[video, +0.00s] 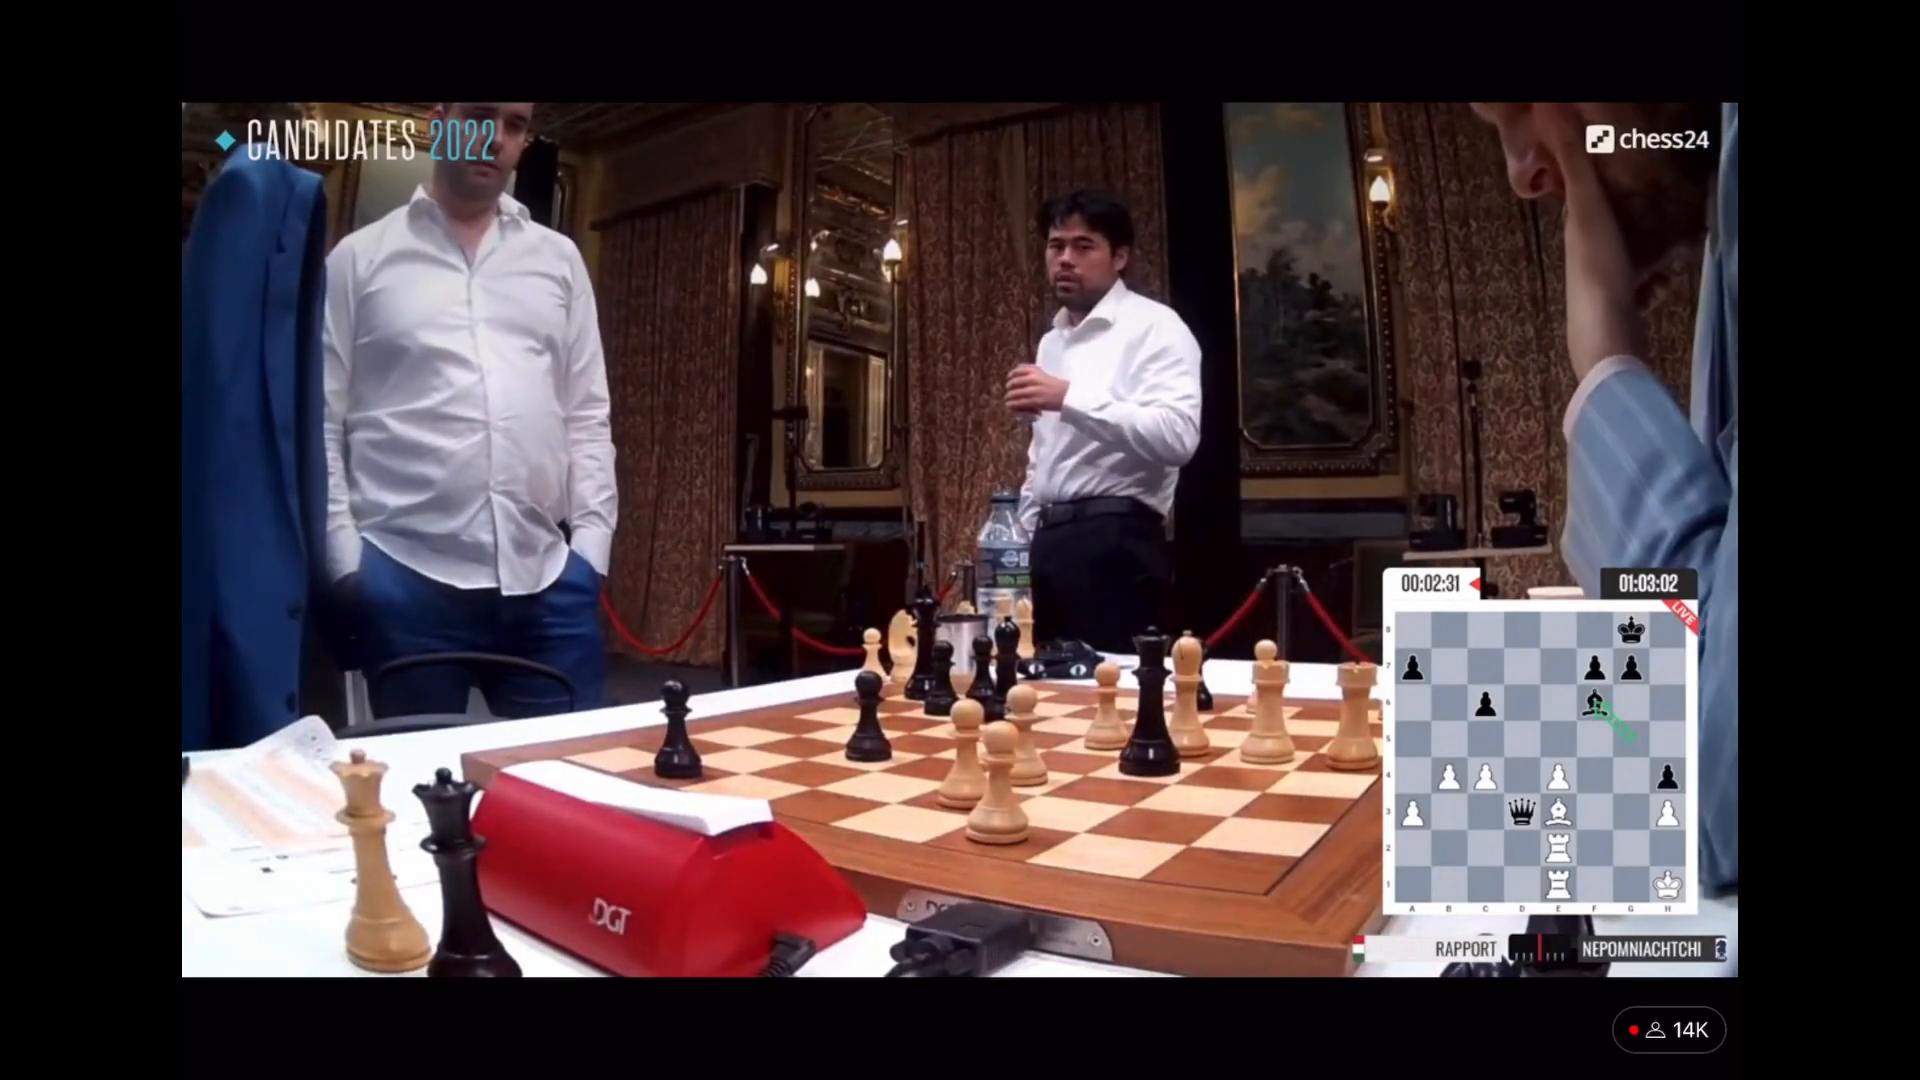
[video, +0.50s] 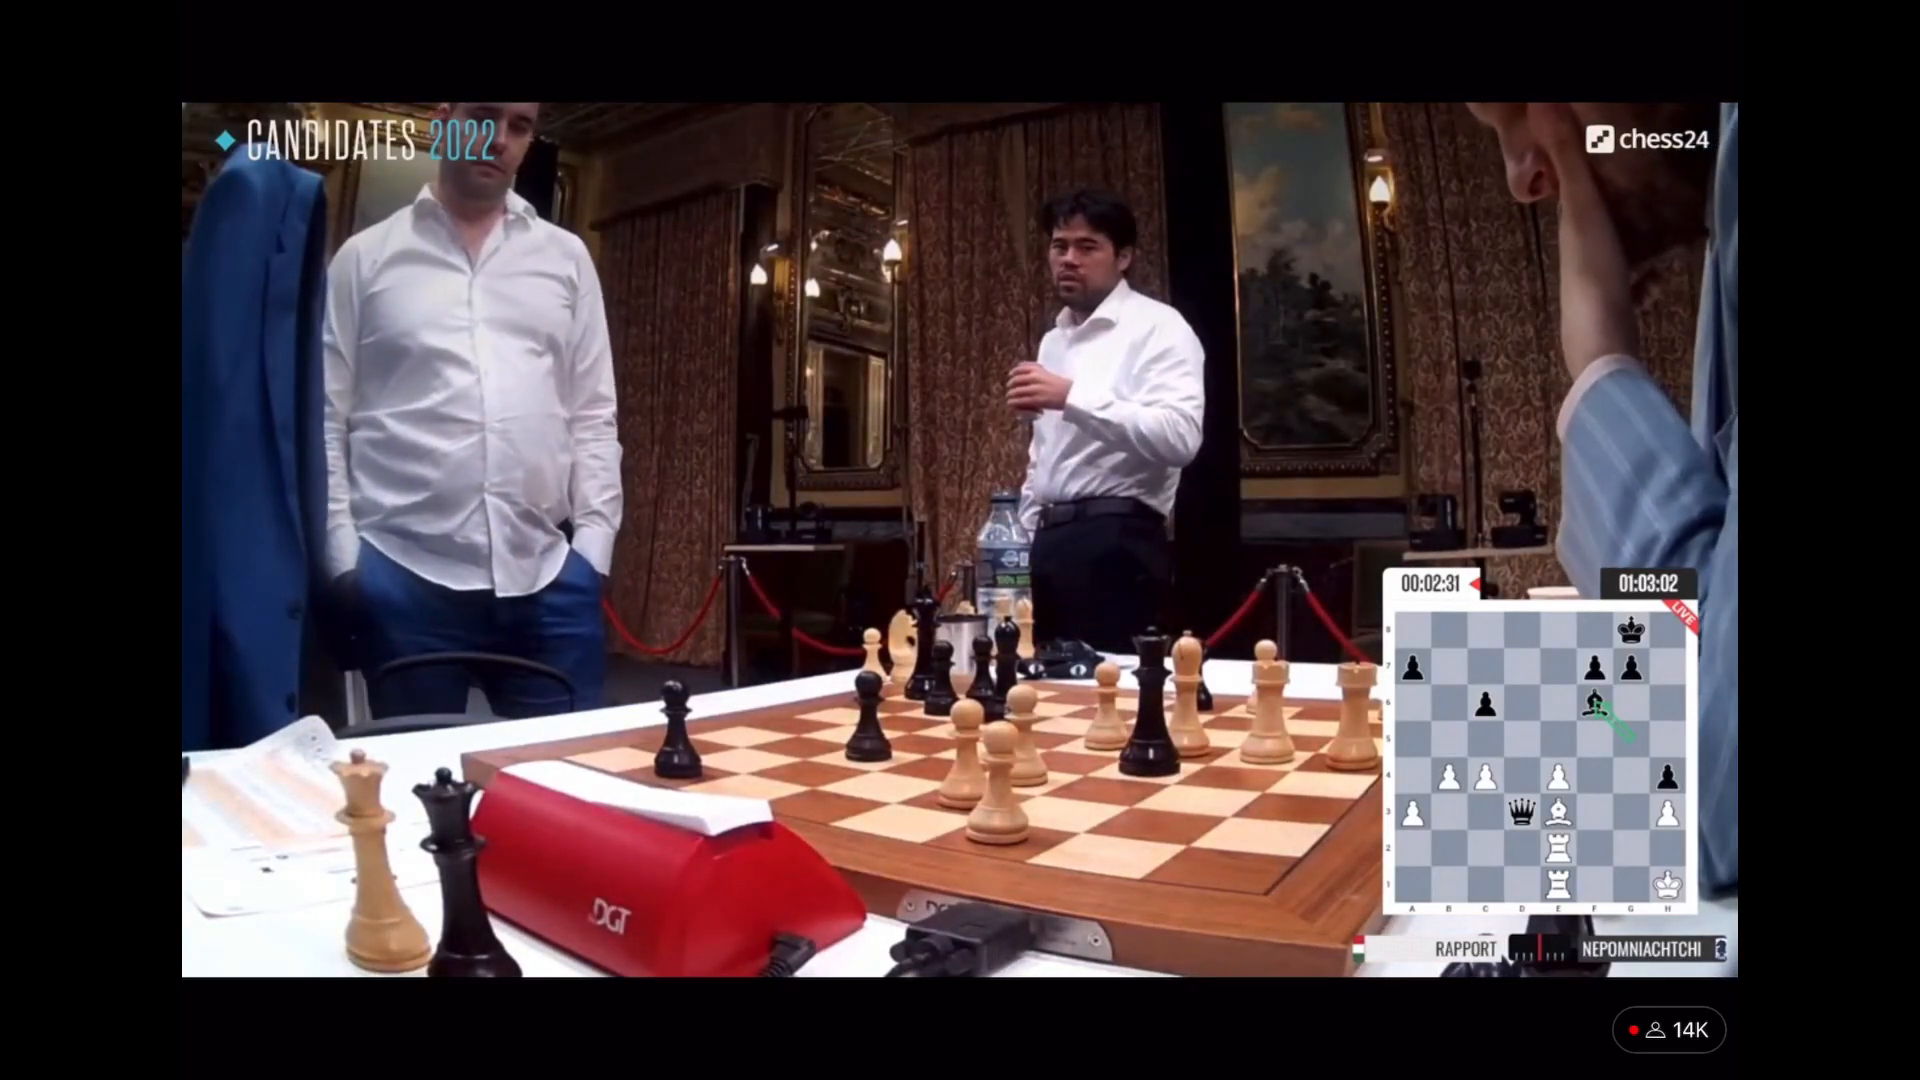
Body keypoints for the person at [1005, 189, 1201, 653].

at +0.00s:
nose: (1065, 260)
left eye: (1083, 247)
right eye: (1057, 246)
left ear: (1120, 258)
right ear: (1046, 254)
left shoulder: (1159, 328)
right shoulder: (1052, 343)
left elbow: (1177, 436)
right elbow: (1042, 454)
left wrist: (1068, 396)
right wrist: (1025, 530)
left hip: (1120, 534)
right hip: (1054, 534)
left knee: (1123, 694)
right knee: (1060, 695)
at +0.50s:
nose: (1069, 260)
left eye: (1087, 247)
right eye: (1060, 246)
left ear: (1123, 258)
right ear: (1048, 254)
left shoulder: (1163, 329)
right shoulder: (1054, 342)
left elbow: (1179, 437)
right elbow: (1042, 452)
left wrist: (1071, 394)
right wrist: (1029, 529)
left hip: (1121, 534)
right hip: (1054, 534)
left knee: (1119, 694)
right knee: (1057, 694)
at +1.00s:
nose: (1068, 261)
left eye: (1085, 247)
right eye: (1059, 247)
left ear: (1123, 258)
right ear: (1049, 255)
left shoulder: (1164, 328)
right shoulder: (1056, 342)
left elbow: (1180, 435)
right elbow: (1044, 453)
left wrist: (1071, 394)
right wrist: (1028, 530)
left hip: (1122, 534)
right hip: (1055, 533)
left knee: (1119, 695)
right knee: (1056, 695)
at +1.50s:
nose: (1070, 261)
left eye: (1088, 248)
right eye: (1062, 247)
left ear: (1125, 258)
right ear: (1051, 254)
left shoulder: (1165, 328)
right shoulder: (1059, 342)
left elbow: (1180, 435)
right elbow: (1048, 458)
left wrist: (1071, 394)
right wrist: (1029, 539)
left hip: (1124, 535)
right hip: (1058, 534)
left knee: (1120, 695)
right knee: (1058, 695)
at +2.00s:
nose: (1071, 261)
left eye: (1088, 248)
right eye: (1063, 248)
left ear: (1126, 258)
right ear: (1052, 254)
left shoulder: (1166, 329)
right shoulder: (1060, 344)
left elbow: (1181, 437)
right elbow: (1050, 461)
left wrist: (1072, 397)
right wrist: (1029, 539)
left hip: (1125, 536)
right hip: (1058, 535)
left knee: (1122, 696)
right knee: (1059, 696)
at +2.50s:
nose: (979, 275)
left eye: (993, 261)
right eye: (979, 264)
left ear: (1041, 266)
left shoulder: (1083, 336)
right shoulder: (1017, 345)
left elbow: (1082, 444)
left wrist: (981, 409)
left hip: (1069, 546)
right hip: (1022, 540)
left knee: (1085, 699)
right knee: (1030, 697)